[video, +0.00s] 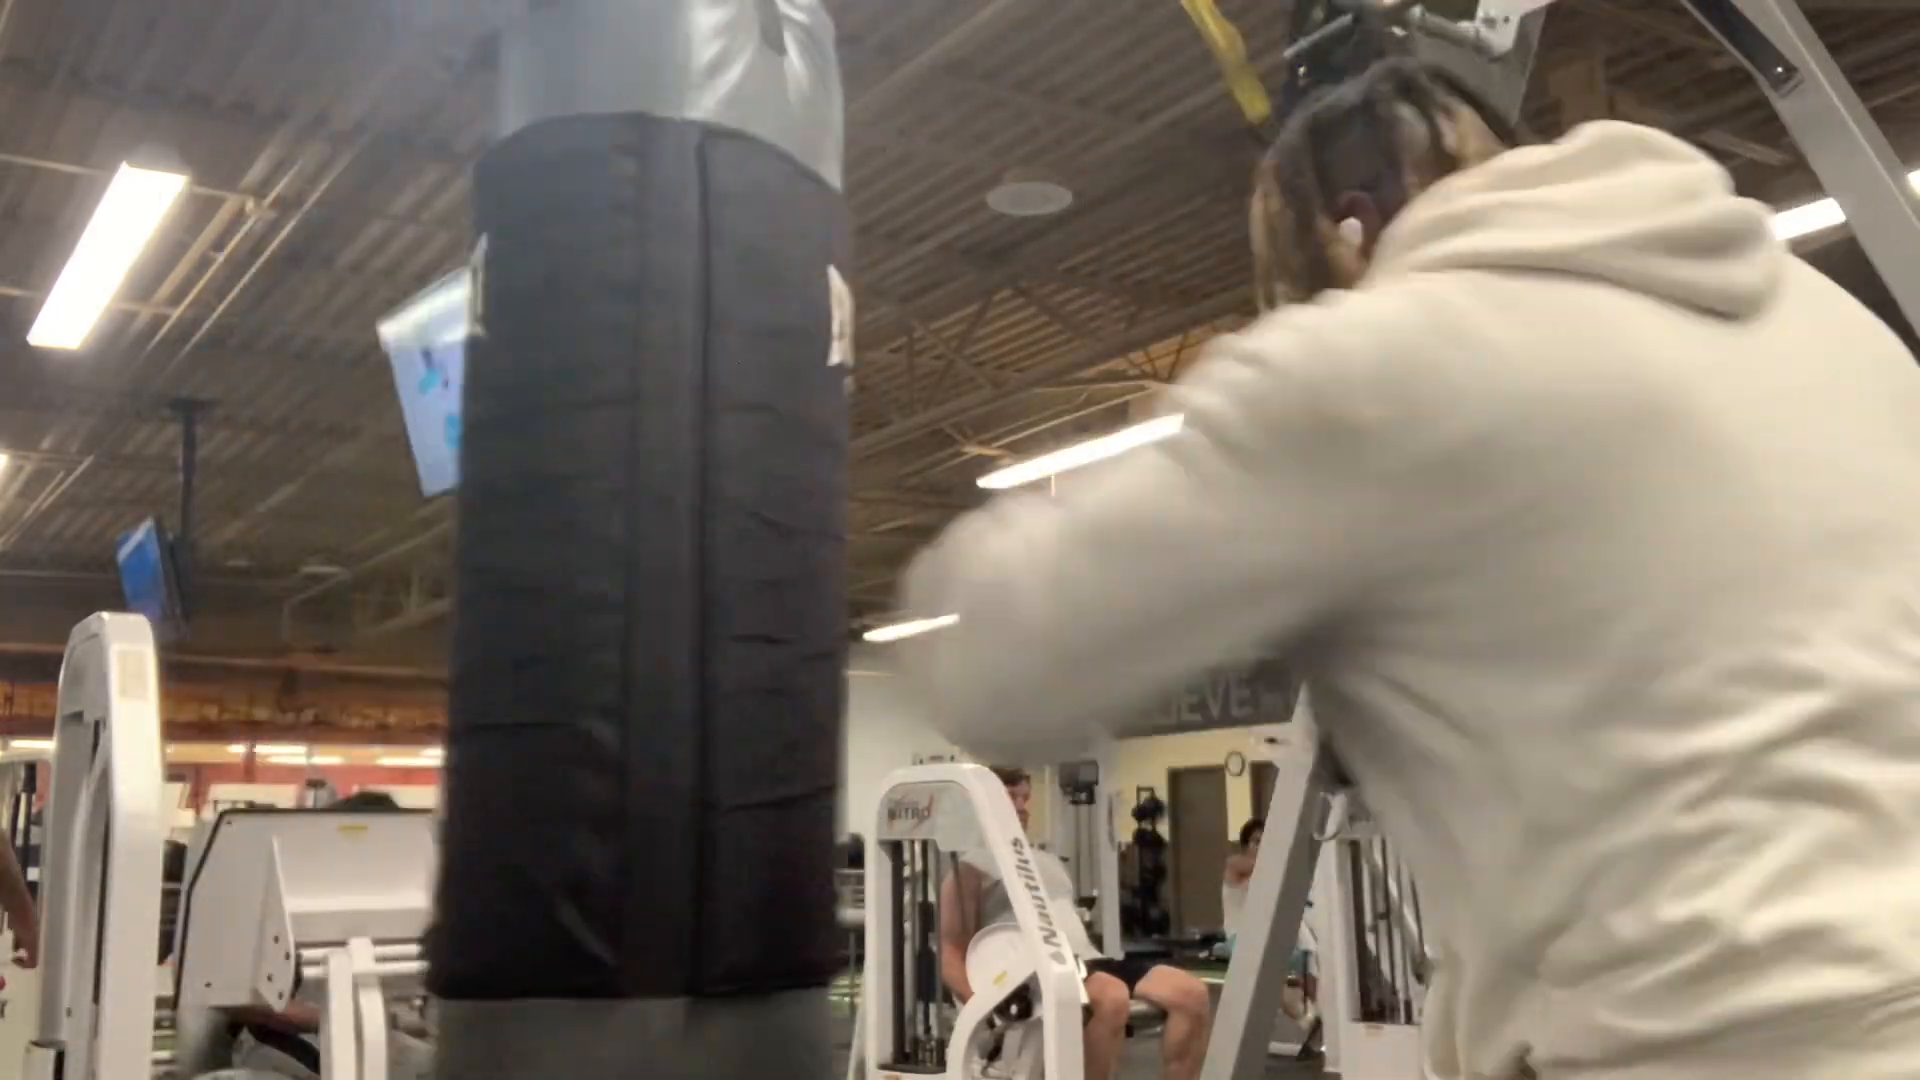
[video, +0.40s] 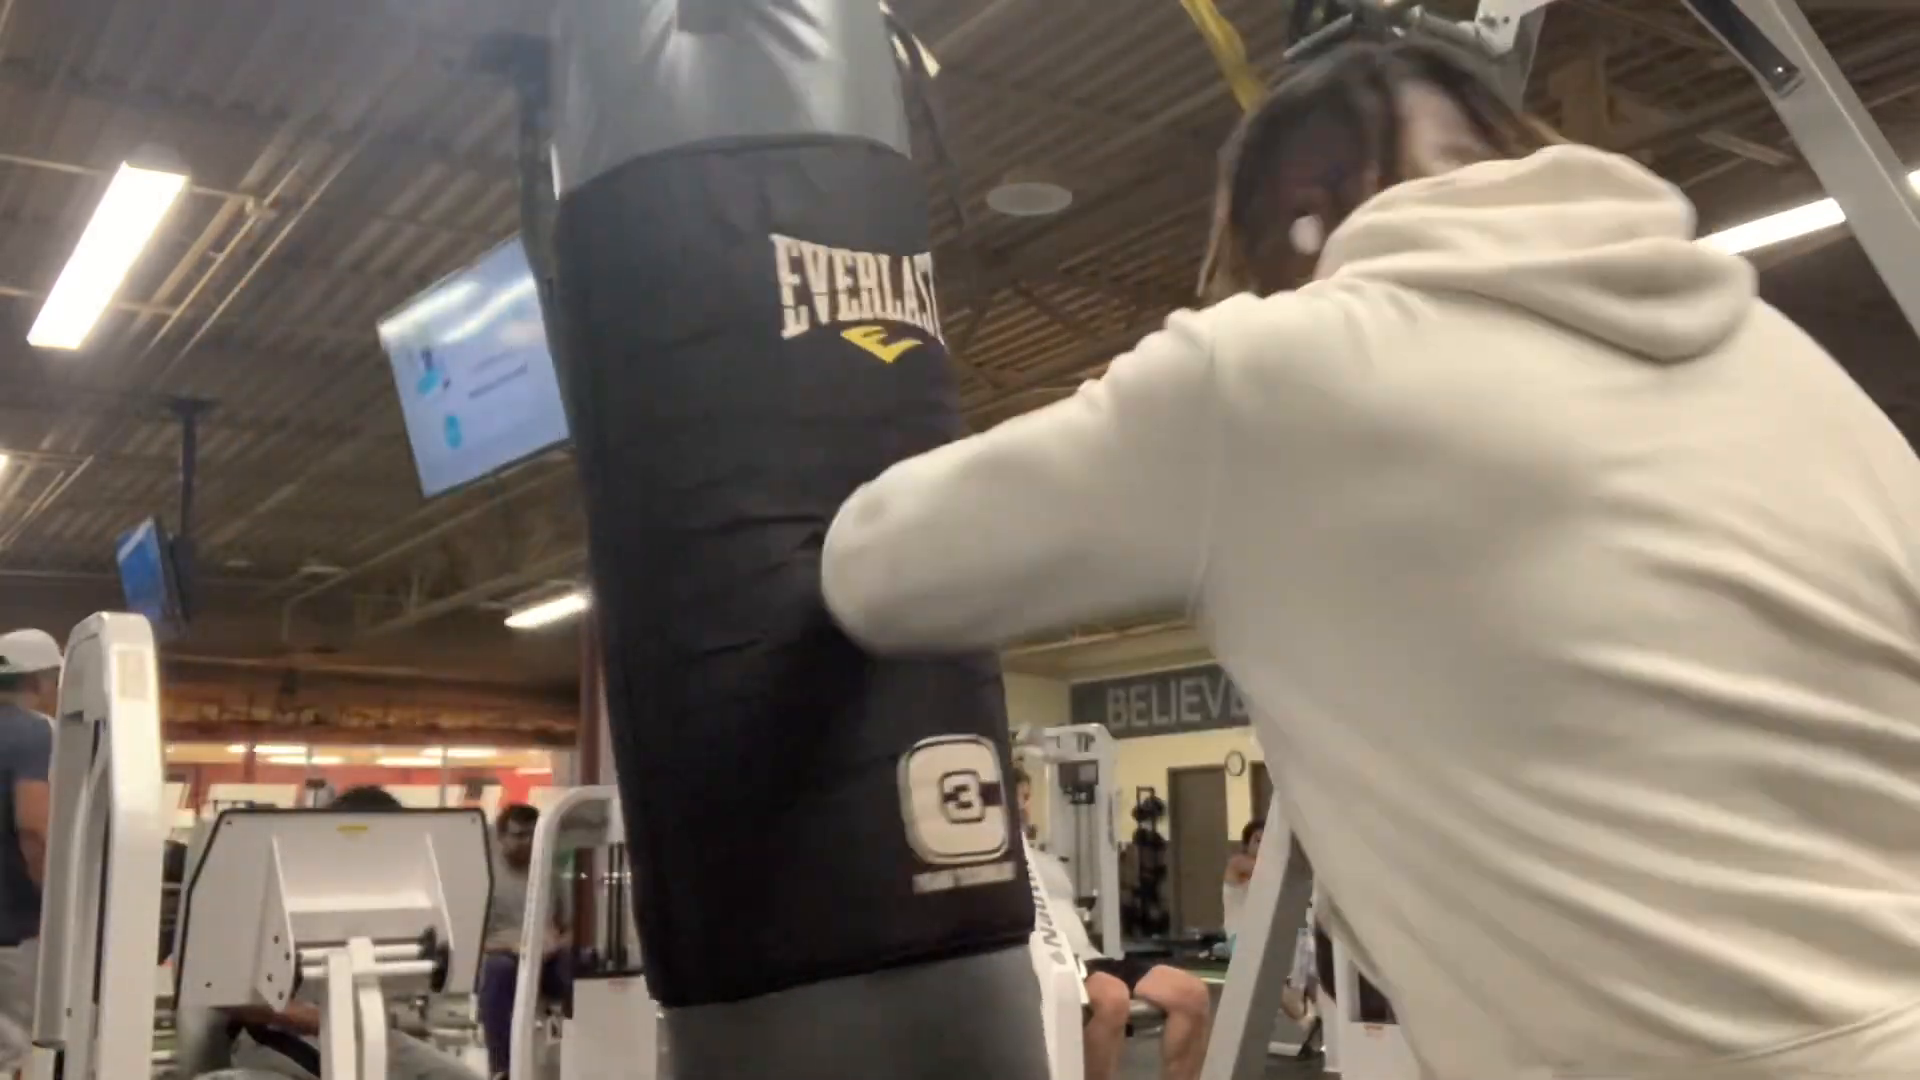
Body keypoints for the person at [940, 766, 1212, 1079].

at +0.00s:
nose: (1021, 807)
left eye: (1025, 798)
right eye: (1010, 798)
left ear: (1030, 803)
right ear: (988, 803)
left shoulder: (1037, 861)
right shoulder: (966, 874)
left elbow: (1059, 926)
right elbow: (952, 963)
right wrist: (988, 1008)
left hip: (1075, 961)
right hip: (1020, 973)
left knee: (1192, 993)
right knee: (1113, 997)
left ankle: (1180, 1074)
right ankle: (1094, 1075)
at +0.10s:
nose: (1020, 806)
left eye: (1024, 798)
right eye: (1010, 798)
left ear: (1030, 802)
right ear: (988, 803)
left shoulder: (1038, 860)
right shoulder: (966, 874)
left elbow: (1058, 925)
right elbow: (952, 960)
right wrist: (985, 1006)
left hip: (1075, 961)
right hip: (1020, 973)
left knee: (1191, 994)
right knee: (1112, 996)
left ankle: (1180, 1075)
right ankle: (1096, 1075)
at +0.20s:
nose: (1019, 806)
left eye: (1024, 797)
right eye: (1010, 797)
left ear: (1031, 801)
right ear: (992, 804)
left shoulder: (1044, 858)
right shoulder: (989, 860)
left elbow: (1067, 912)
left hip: (1083, 957)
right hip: (1037, 965)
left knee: (1192, 995)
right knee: (1112, 999)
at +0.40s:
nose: (1023, 806)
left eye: (1026, 798)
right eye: (1016, 799)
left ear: (1031, 801)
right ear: (999, 804)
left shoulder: (1041, 856)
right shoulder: (994, 857)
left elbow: (1064, 907)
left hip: (1085, 956)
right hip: (1044, 965)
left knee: (1192, 994)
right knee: (1112, 1000)